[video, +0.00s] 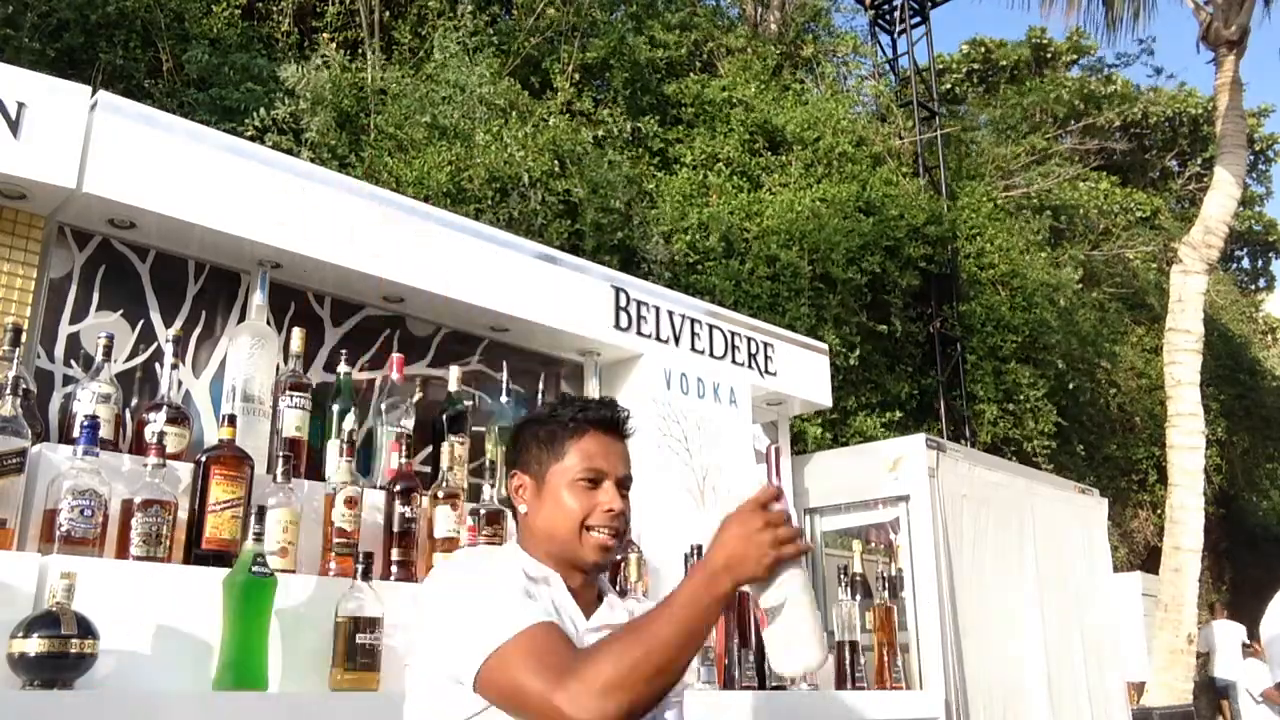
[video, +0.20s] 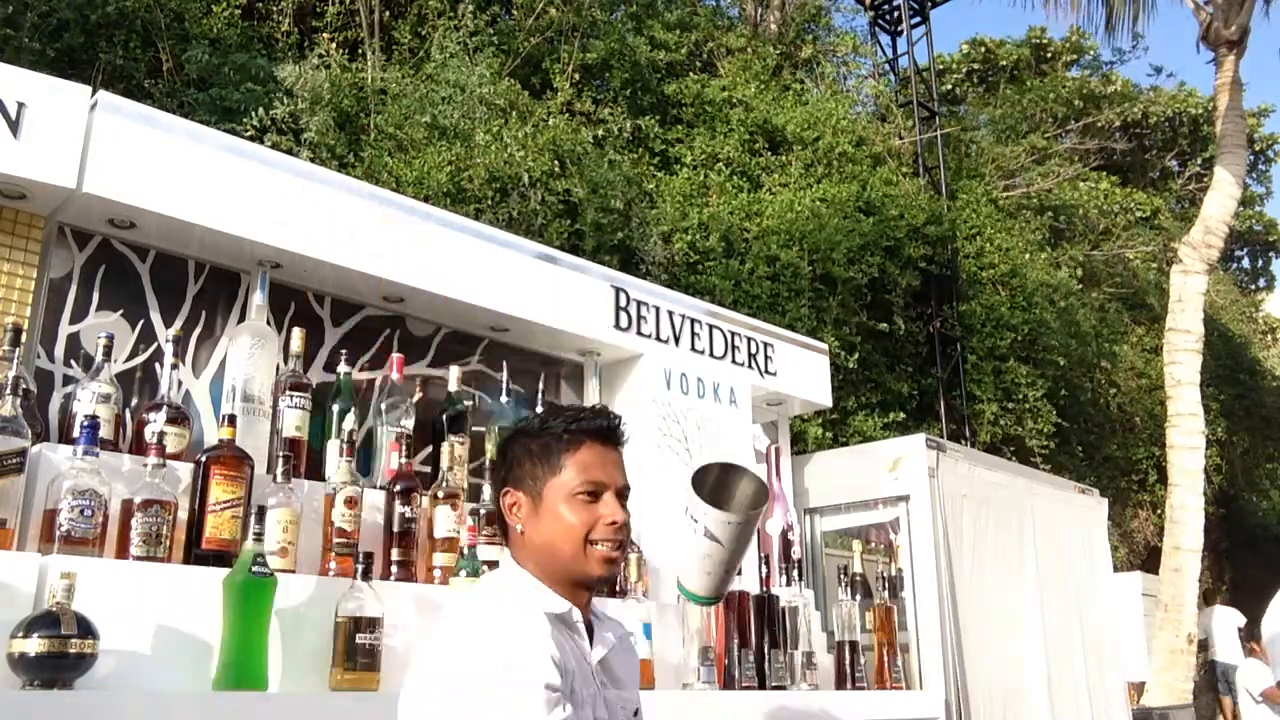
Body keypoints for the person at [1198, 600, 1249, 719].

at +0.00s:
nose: (1218, 613)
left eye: (1216, 611)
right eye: (1219, 611)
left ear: (1212, 613)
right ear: (1226, 613)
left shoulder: (1207, 628)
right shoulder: (1239, 627)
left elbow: (1202, 650)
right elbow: (1246, 643)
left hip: (1217, 671)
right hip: (1234, 671)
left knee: (1223, 700)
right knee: (1235, 703)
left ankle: (1228, 717)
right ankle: (1237, 716)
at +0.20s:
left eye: (1204, 599)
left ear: (1204, 600)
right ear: (1217, 598)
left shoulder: (1203, 614)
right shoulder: (1230, 611)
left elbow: (1201, 636)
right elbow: (1243, 623)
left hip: (1216, 657)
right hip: (1234, 656)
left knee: (1224, 693)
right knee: (1237, 693)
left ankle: (1228, 717)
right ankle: (1239, 715)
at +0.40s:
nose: (1223, 588)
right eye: (1222, 586)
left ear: (1208, 589)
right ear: (1223, 588)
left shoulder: (1204, 604)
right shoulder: (1231, 601)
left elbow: (1201, 627)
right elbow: (1246, 616)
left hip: (1217, 648)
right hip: (1236, 647)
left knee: (1223, 687)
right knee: (1243, 683)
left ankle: (1228, 717)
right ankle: (1246, 714)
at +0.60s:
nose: (1227, 589)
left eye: (1224, 587)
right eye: (1227, 587)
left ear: (1215, 589)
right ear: (1228, 588)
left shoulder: (1208, 606)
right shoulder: (1237, 603)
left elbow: (1202, 627)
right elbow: (1249, 619)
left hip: (1221, 649)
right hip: (1241, 648)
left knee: (1227, 688)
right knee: (1245, 684)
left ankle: (1229, 717)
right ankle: (1247, 715)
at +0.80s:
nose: (1241, 583)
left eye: (1239, 580)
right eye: (1240, 581)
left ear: (1226, 583)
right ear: (1238, 582)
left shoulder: (1219, 596)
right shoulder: (1245, 596)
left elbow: (1212, 617)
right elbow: (1259, 613)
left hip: (1223, 640)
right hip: (1242, 641)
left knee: (1229, 678)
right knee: (1247, 675)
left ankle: (1229, 712)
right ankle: (1247, 708)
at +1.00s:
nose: (1245, 573)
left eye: (1244, 570)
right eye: (1245, 571)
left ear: (1232, 572)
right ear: (1243, 571)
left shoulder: (1224, 585)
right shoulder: (1252, 586)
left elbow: (1215, 605)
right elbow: (1265, 604)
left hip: (1226, 627)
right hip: (1245, 627)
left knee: (1236, 657)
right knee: (1251, 656)